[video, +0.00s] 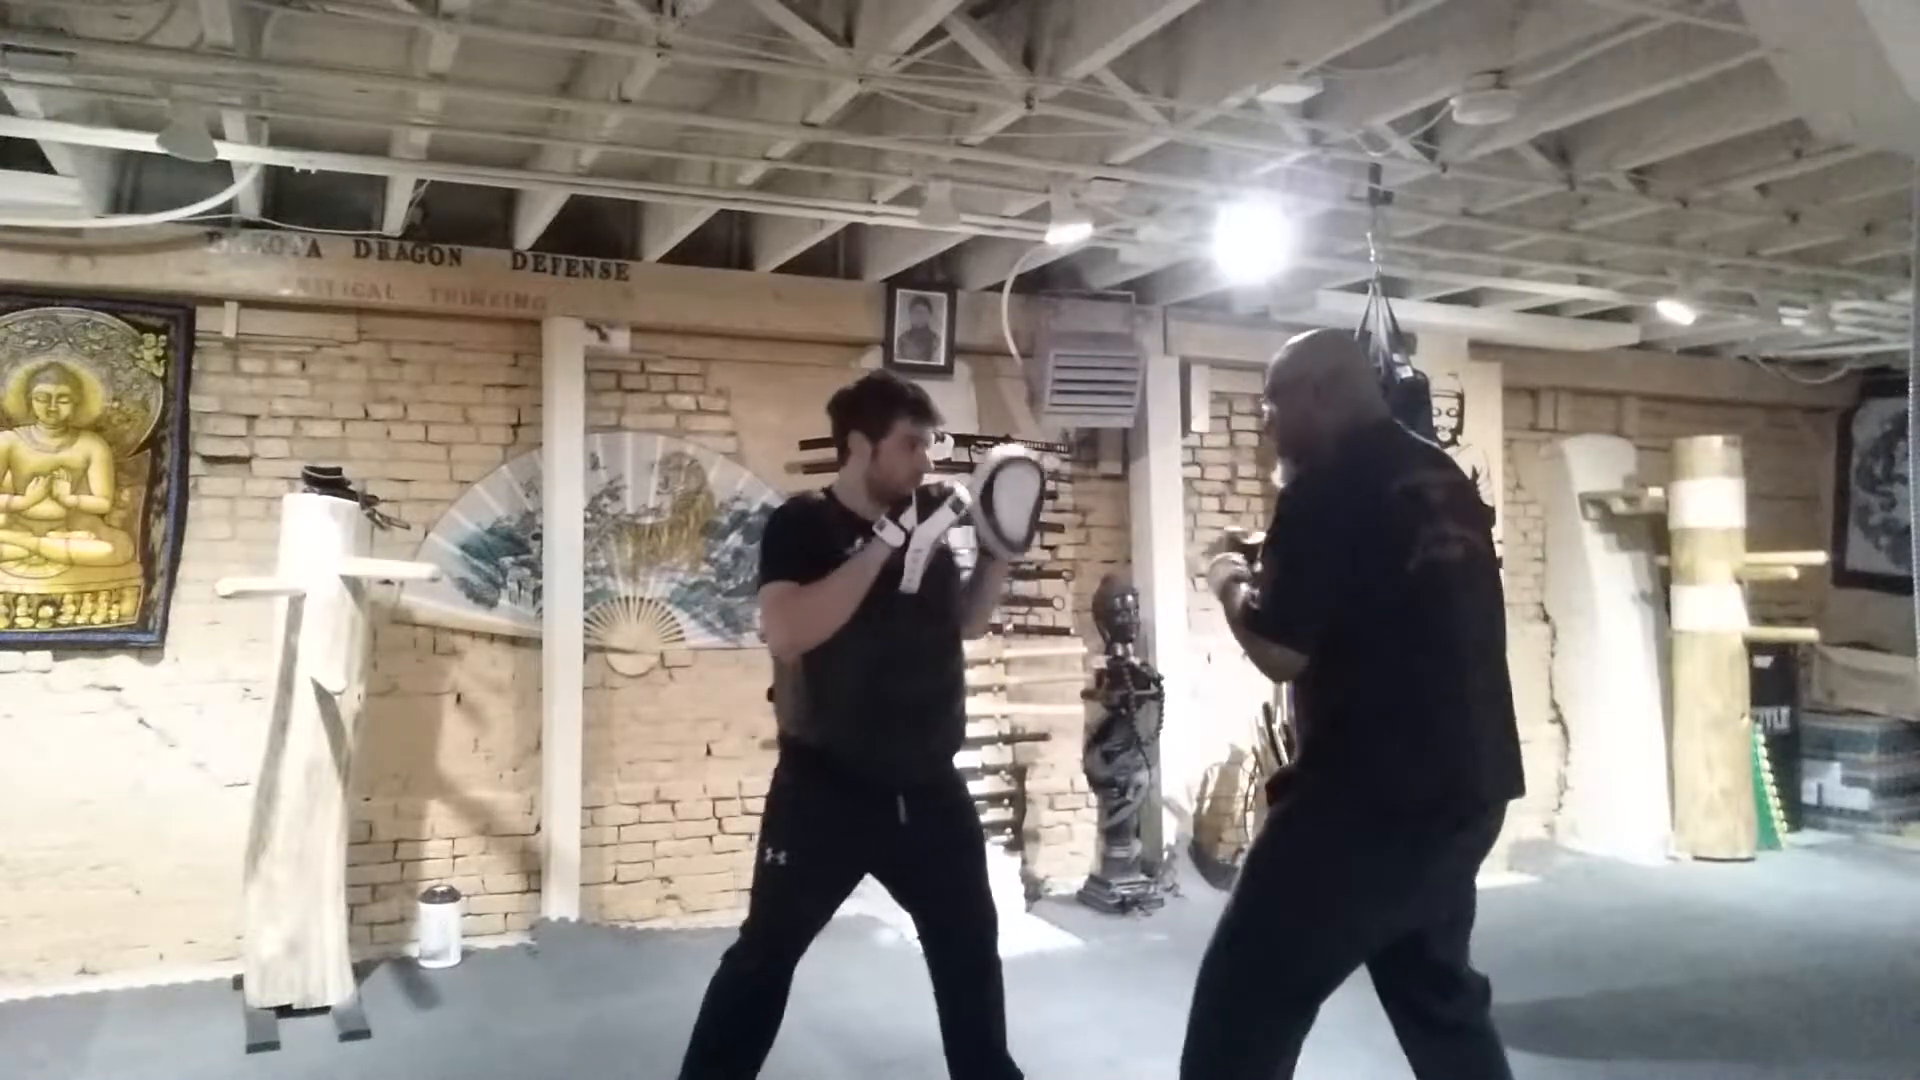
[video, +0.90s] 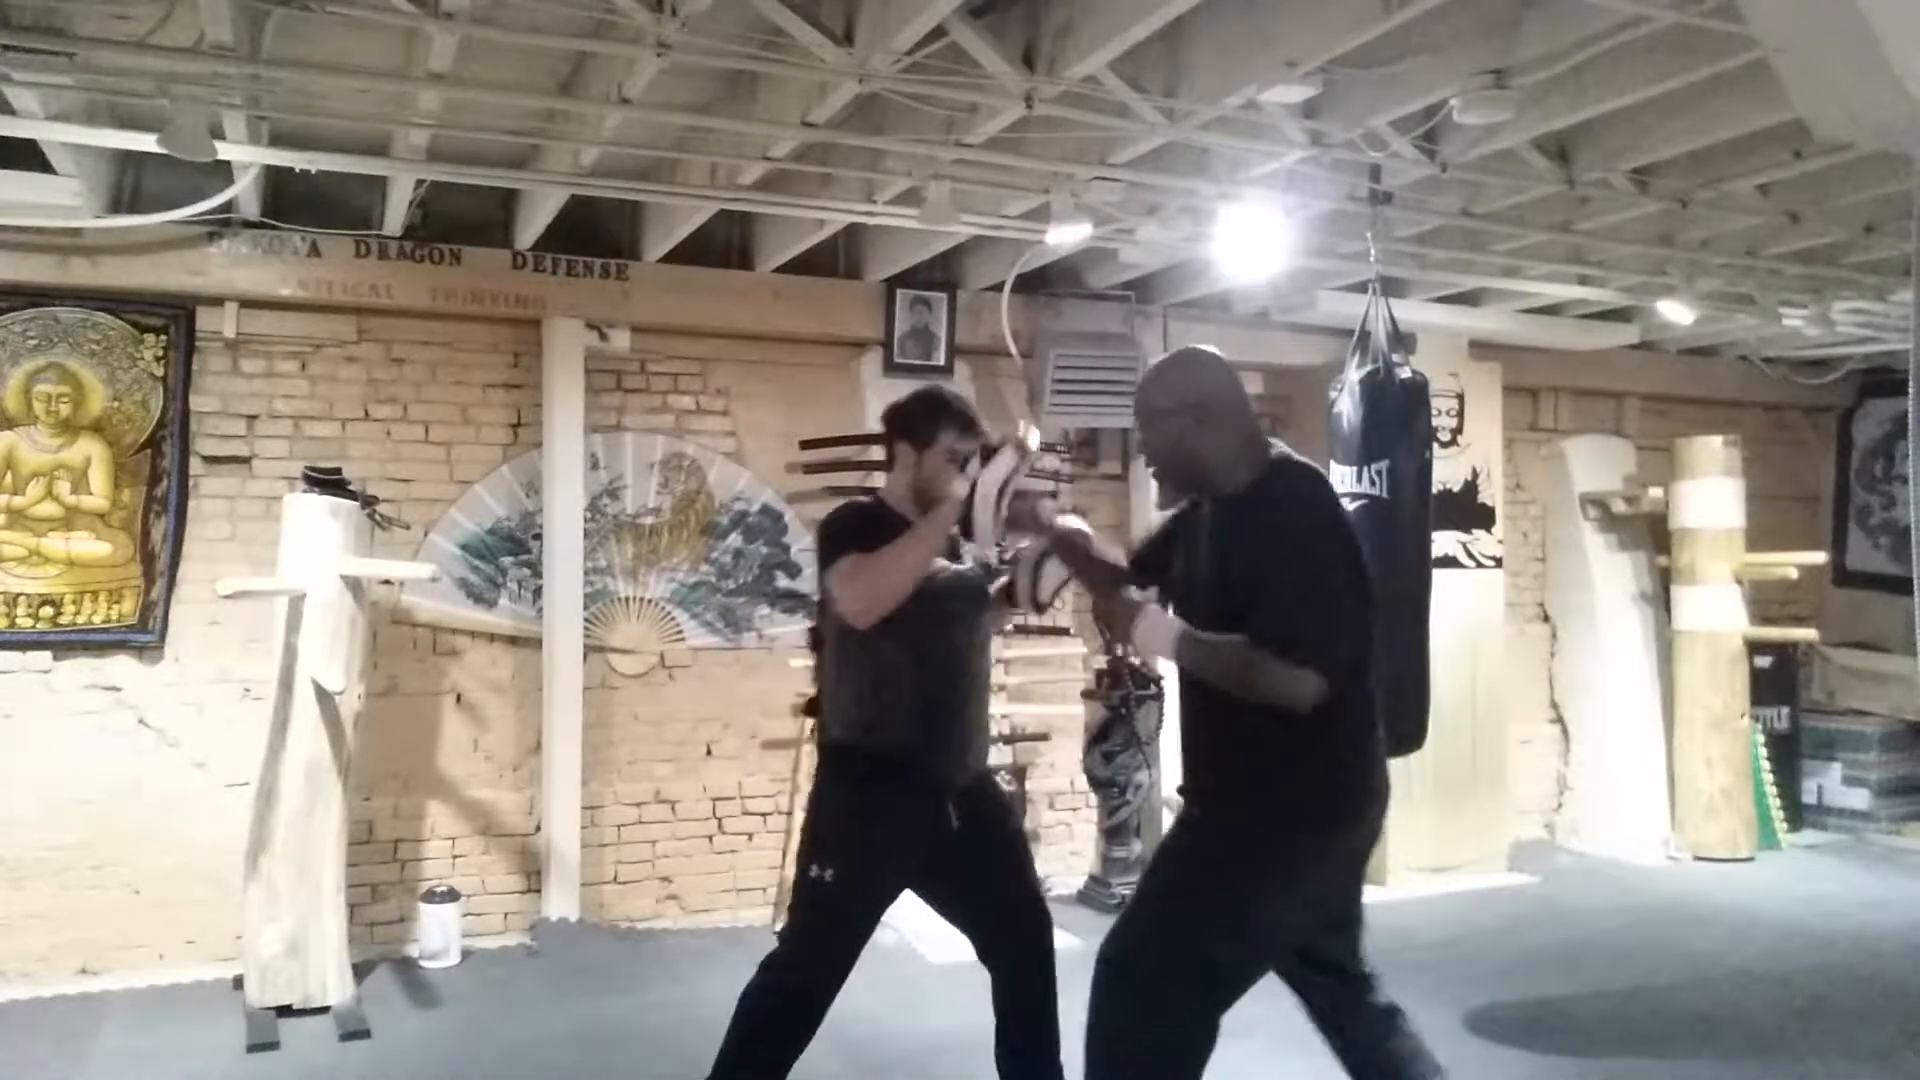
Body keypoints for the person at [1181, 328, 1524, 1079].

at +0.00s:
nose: (1268, 428)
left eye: (1275, 404)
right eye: (1267, 407)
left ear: (1326, 396)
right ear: (1359, 394)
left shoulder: (1327, 488)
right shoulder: (1443, 476)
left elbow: (1284, 656)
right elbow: (1397, 624)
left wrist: (1234, 593)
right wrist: (1281, 581)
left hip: (1364, 793)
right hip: (1466, 782)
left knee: (1238, 1017)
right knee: (1441, 1006)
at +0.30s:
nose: (1273, 432)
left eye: (1281, 412)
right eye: (1271, 415)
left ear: (1324, 408)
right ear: (1370, 406)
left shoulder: (1324, 487)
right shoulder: (1454, 491)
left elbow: (1225, 600)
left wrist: (1191, 543)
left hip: (1341, 784)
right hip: (1455, 785)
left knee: (1195, 973)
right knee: (1426, 1007)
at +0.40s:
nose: (1264, 421)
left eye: (1273, 404)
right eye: (1265, 404)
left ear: (1306, 407)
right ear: (1363, 402)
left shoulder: (1273, 489)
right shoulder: (1449, 486)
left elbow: (1121, 536)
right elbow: (1487, 632)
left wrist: (1051, 483)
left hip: (1326, 795)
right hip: (1451, 789)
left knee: (1206, 1004)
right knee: (1422, 998)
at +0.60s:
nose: (1218, 436)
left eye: (1228, 416)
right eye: (1218, 418)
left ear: (1270, 415)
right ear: (1317, 409)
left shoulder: (1266, 502)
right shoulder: (1392, 490)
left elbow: (1152, 622)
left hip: (1294, 816)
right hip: (1402, 807)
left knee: (1171, 988)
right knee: (1382, 1003)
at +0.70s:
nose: (1184, 434)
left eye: (1197, 415)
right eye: (1184, 417)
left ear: (1248, 412)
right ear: (1261, 413)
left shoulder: (1275, 512)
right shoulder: (1329, 494)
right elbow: (1284, 585)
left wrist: (1145, 647)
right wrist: (1200, 521)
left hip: (1292, 823)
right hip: (1368, 813)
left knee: (1159, 984)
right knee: (1376, 1019)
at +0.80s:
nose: (1157, 444)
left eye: (1169, 423)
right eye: (1157, 425)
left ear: (1221, 418)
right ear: (1223, 419)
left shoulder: (1303, 508)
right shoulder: (1226, 513)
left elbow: (1302, 682)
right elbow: (1142, 550)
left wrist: (1168, 659)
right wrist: (1060, 487)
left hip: (1289, 819)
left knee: (1154, 986)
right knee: (1368, 1014)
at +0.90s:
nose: (1141, 450)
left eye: (1147, 429)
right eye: (1139, 432)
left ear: (1198, 418)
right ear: (1202, 420)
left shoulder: (1298, 504)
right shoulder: (1208, 512)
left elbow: (1302, 678)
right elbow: (1131, 580)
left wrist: (1166, 636)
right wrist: (1057, 533)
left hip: (1278, 815)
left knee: (1142, 985)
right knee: (1335, 984)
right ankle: (1415, 1075)